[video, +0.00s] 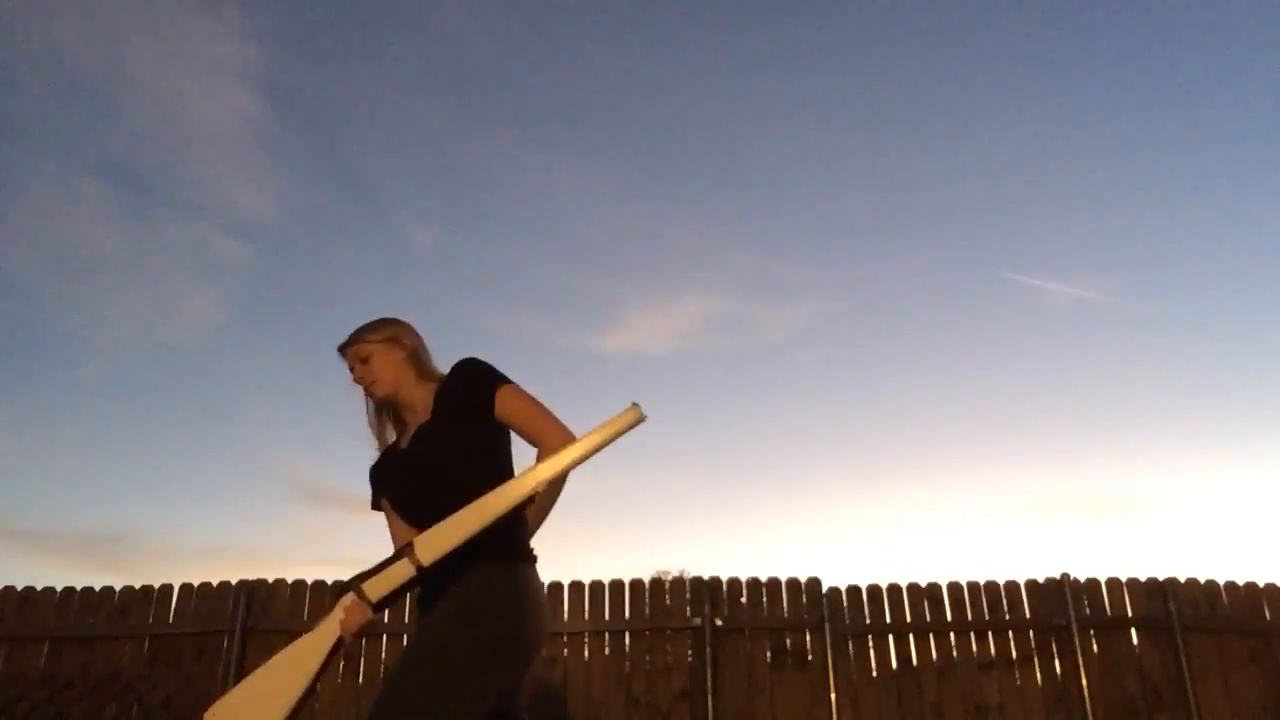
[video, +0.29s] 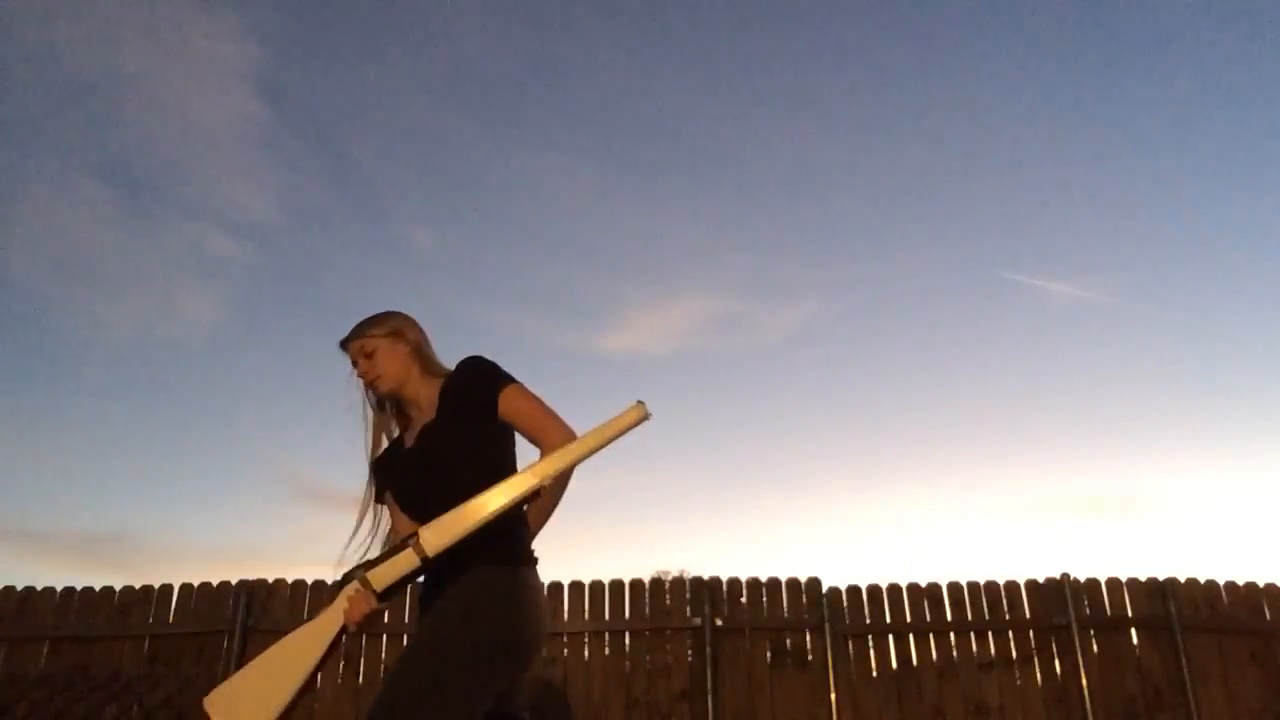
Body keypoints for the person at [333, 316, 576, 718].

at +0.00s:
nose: (356, 375)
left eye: (364, 359)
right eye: (352, 369)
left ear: (403, 346)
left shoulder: (467, 381)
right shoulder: (387, 468)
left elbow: (559, 443)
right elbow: (411, 558)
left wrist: (519, 533)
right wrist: (368, 598)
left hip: (501, 591)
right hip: (442, 609)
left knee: (400, 710)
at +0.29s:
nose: (361, 371)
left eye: (367, 354)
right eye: (355, 364)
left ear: (406, 341)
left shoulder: (471, 379)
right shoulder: (392, 459)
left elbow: (561, 443)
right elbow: (406, 547)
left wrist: (523, 532)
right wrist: (370, 590)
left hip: (500, 591)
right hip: (445, 605)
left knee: (399, 709)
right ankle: (540, 695)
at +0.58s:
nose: (402, 355)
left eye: (410, 339)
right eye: (395, 349)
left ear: (447, 335)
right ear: (398, 363)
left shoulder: (512, 382)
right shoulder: (418, 451)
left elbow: (603, 448)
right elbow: (435, 538)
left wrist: (582, 546)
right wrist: (397, 575)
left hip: (526, 589)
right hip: (461, 602)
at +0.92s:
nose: (507, 331)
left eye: (520, 322)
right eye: (493, 327)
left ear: (542, 334)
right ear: (481, 346)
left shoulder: (590, 402)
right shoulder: (469, 432)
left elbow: (626, 503)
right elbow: (482, 533)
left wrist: (629, 495)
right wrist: (479, 533)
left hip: (588, 583)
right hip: (513, 587)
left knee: (568, 700)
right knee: (506, 702)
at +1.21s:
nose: (619, 343)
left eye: (628, 339)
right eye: (613, 332)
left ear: (629, 360)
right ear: (590, 336)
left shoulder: (638, 416)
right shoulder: (515, 394)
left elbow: (651, 510)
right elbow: (466, 488)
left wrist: (657, 556)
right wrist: (511, 543)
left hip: (616, 589)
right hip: (534, 593)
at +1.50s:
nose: (660, 302)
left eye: (672, 304)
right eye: (650, 297)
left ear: (685, 338)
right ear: (627, 323)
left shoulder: (701, 414)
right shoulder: (584, 378)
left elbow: (707, 518)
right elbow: (513, 469)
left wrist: (711, 565)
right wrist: (559, 528)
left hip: (669, 599)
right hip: (585, 592)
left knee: (698, 708)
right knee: (574, 709)